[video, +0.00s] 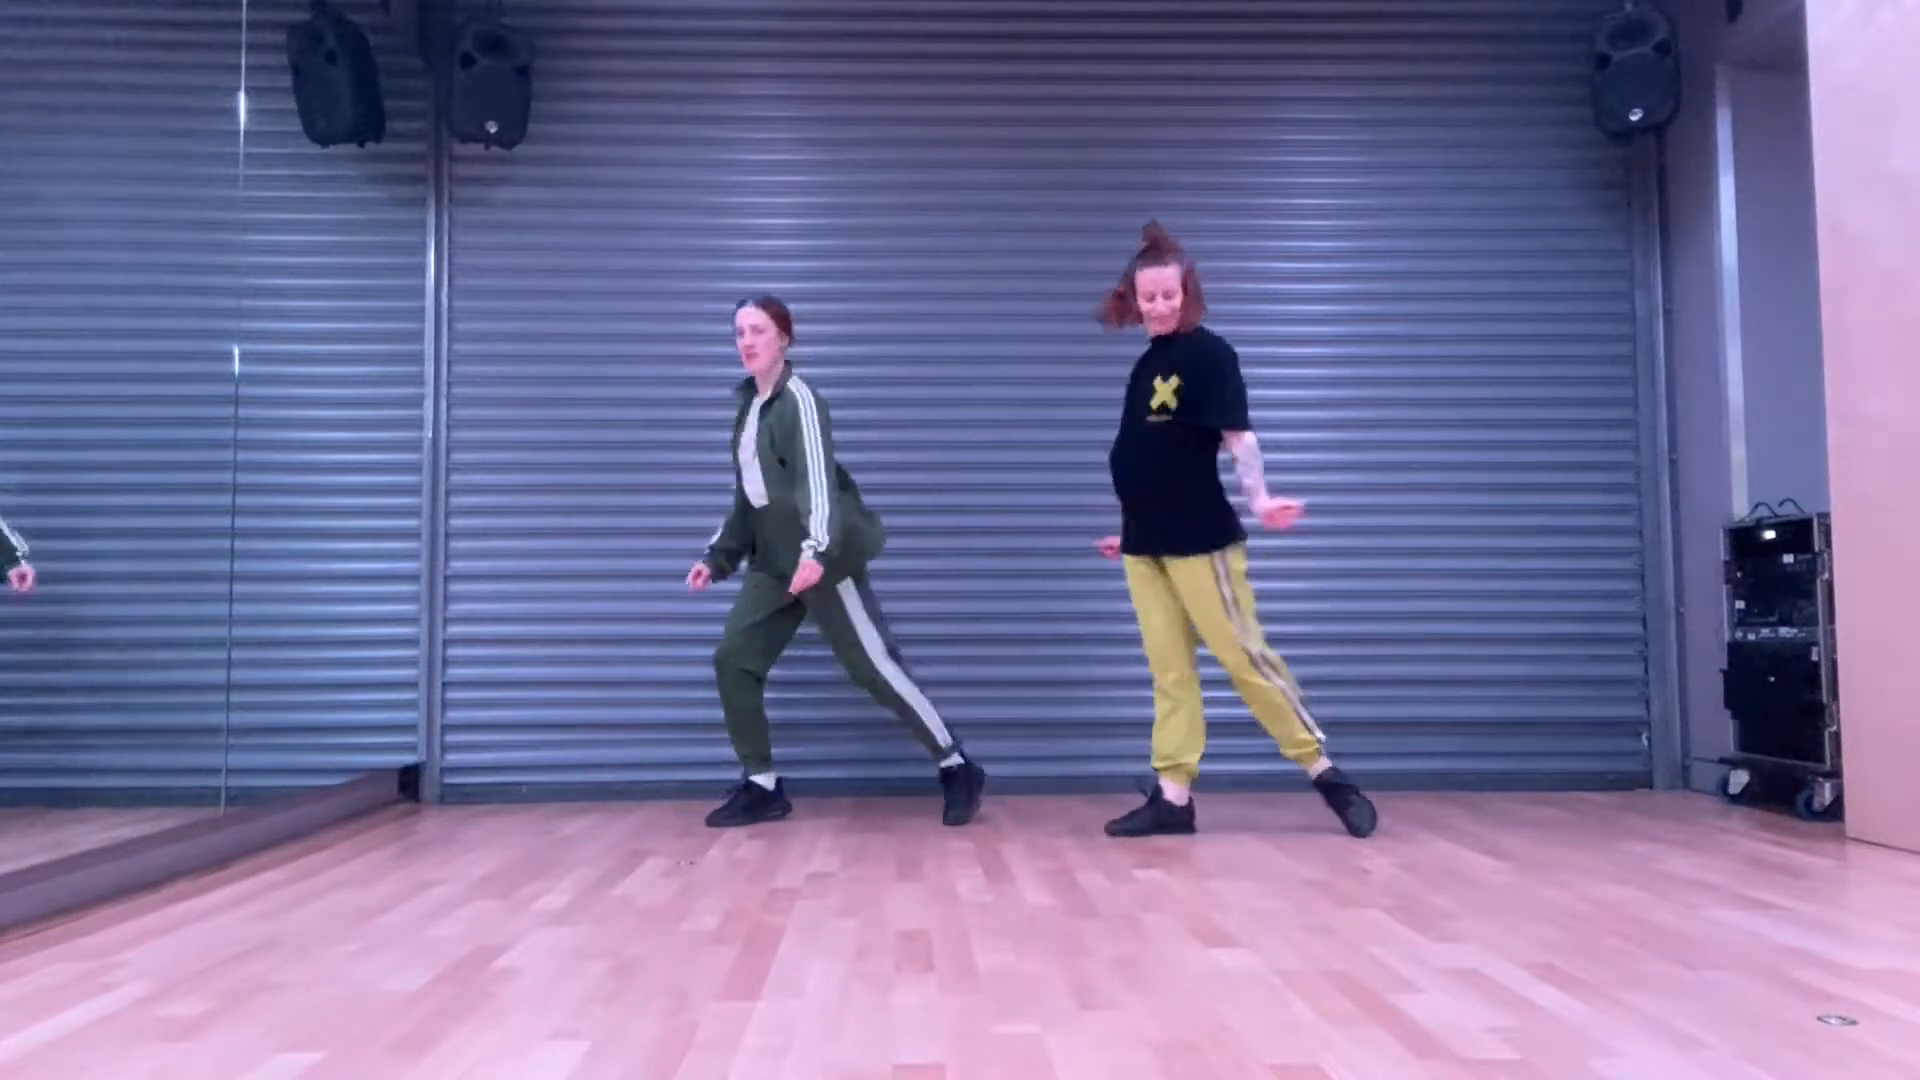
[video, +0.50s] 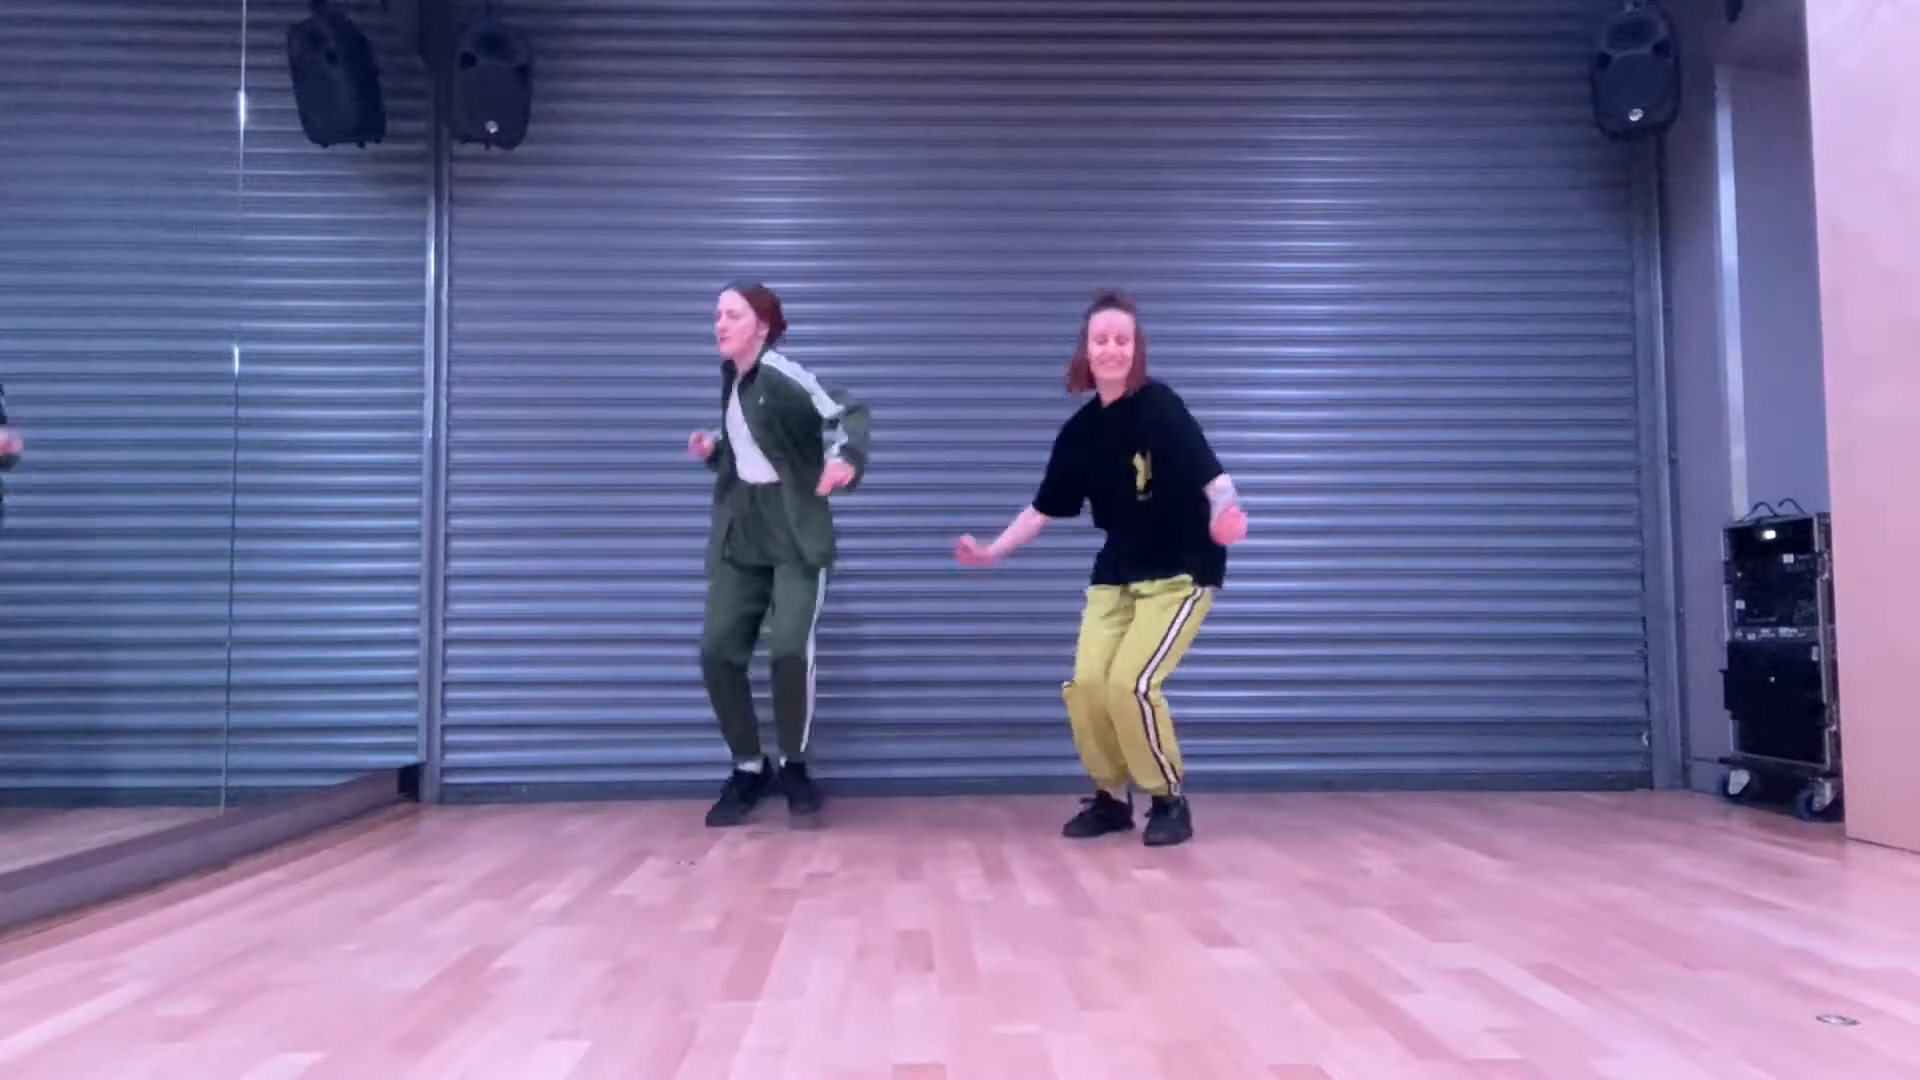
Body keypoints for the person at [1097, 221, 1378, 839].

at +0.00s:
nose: (1160, 306)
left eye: (1170, 293)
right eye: (1149, 296)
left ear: (1187, 293)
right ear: (1133, 300)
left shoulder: (1209, 354)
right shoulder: (1146, 363)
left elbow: (1238, 439)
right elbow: (1148, 455)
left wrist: (1261, 499)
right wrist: (1131, 531)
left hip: (1200, 537)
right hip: (1145, 540)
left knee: (1246, 659)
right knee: (1169, 671)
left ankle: (1325, 776)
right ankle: (1173, 799)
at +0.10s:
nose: (1140, 332)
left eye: (1150, 319)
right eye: (1129, 321)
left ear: (1172, 313)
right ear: (1117, 321)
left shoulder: (1210, 353)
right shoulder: (1140, 374)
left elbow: (1258, 417)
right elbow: (1148, 447)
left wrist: (1285, 460)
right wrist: (1114, 487)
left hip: (1169, 536)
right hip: (1120, 540)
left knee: (1176, 664)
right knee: (1141, 668)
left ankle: (1267, 781)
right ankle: (1169, 799)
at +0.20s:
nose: (1122, 330)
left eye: (1133, 317)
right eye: (1112, 320)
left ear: (1154, 312)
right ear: (1099, 320)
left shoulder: (1185, 345)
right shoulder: (1116, 365)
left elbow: (1248, 388)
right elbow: (1136, 427)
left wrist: (1256, 421)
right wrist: (1089, 465)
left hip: (1178, 528)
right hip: (1125, 530)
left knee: (1153, 658)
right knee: (1095, 651)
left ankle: (1234, 768)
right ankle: (1152, 782)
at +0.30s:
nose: (1112, 347)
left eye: (1122, 335)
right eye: (1102, 336)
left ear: (1141, 337)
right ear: (1087, 340)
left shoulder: (1165, 382)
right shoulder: (1088, 399)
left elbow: (1219, 437)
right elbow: (1077, 467)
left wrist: (1230, 471)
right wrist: (1029, 516)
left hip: (1194, 556)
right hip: (1132, 555)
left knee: (1137, 653)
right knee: (1072, 639)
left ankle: (1188, 775)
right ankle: (1116, 765)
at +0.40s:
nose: (1108, 368)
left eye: (1119, 358)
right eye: (1098, 358)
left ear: (1133, 364)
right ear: (1081, 366)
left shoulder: (1156, 421)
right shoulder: (1087, 442)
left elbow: (1199, 494)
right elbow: (1058, 522)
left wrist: (1212, 533)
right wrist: (1000, 566)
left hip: (1183, 584)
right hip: (1122, 587)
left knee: (1128, 686)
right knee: (1081, 682)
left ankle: (1169, 802)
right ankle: (1110, 800)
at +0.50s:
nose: (1111, 350)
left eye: (1122, 340)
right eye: (1101, 339)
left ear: (1137, 348)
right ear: (1085, 350)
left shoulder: (1161, 408)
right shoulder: (1079, 430)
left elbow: (1215, 484)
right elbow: (1043, 509)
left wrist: (1224, 519)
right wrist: (992, 552)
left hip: (1181, 573)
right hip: (1116, 575)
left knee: (1128, 683)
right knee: (1086, 684)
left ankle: (1168, 802)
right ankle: (1111, 801)